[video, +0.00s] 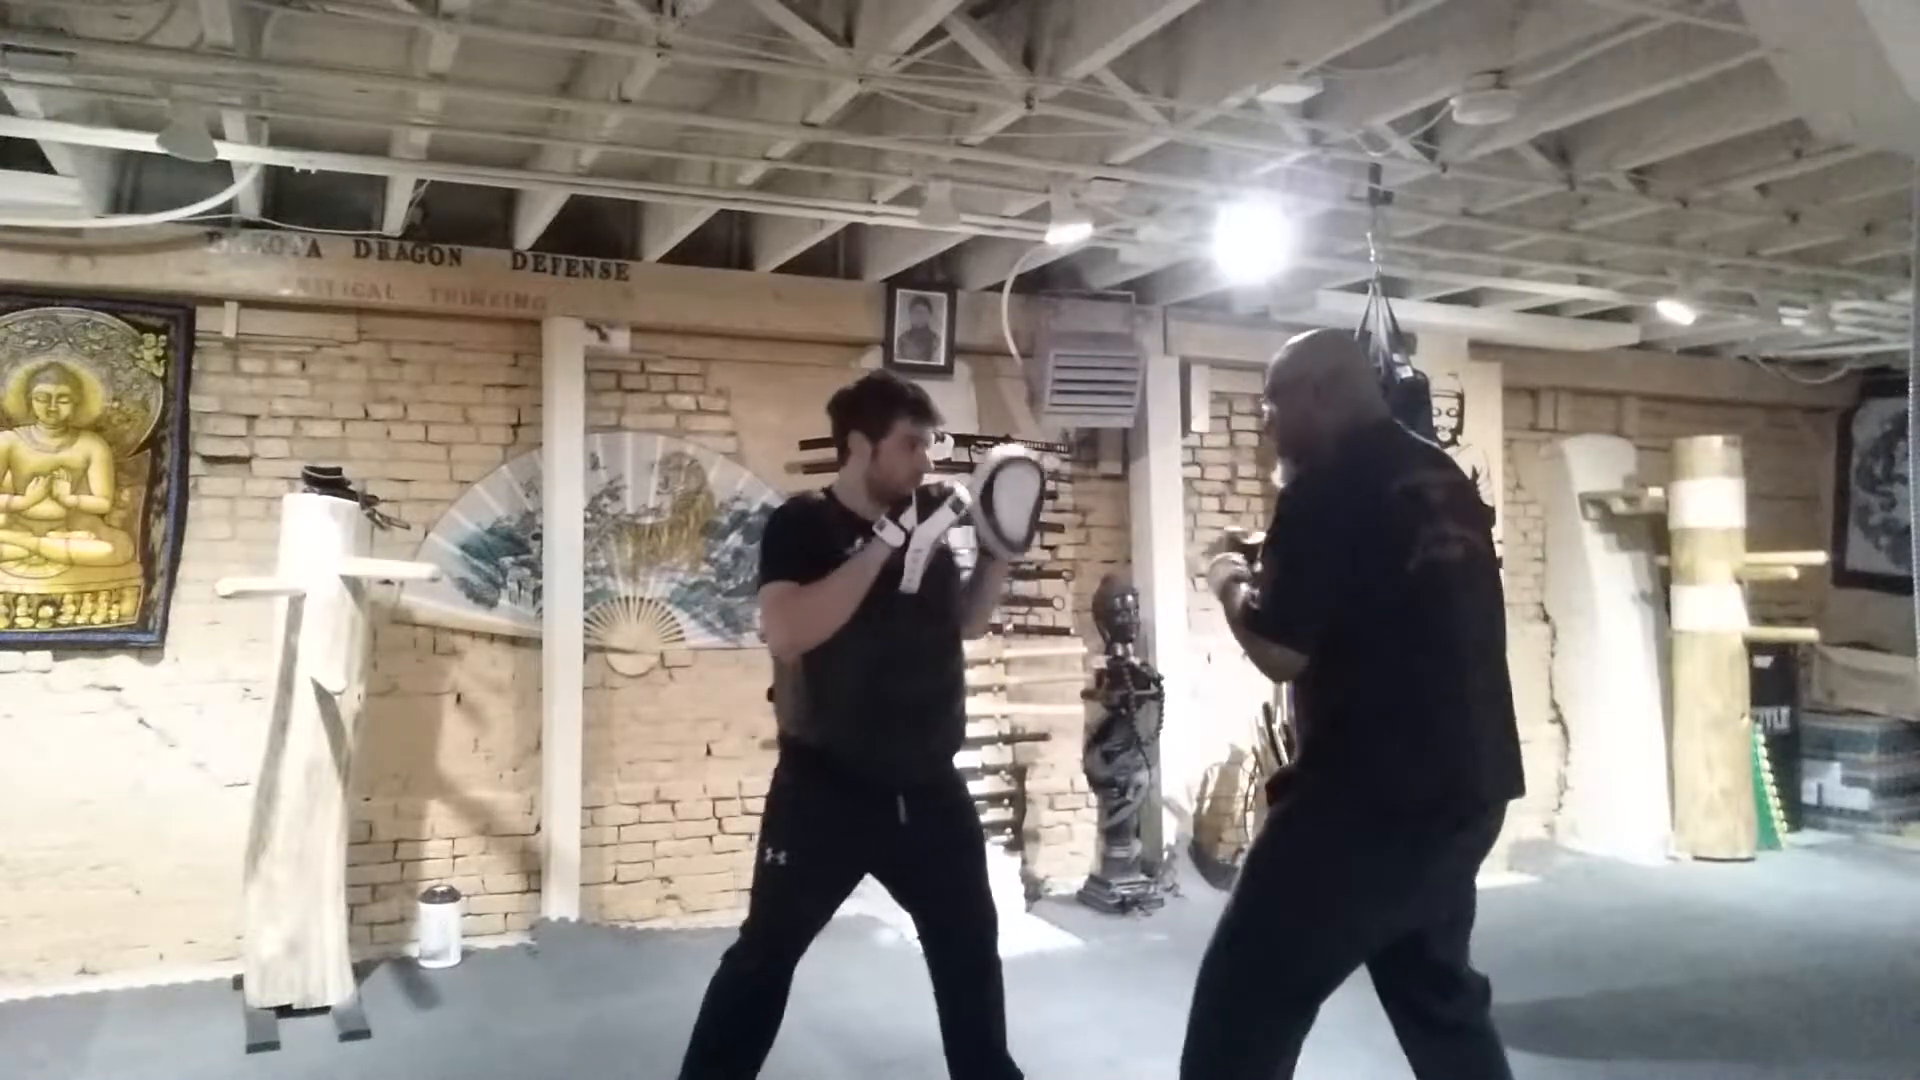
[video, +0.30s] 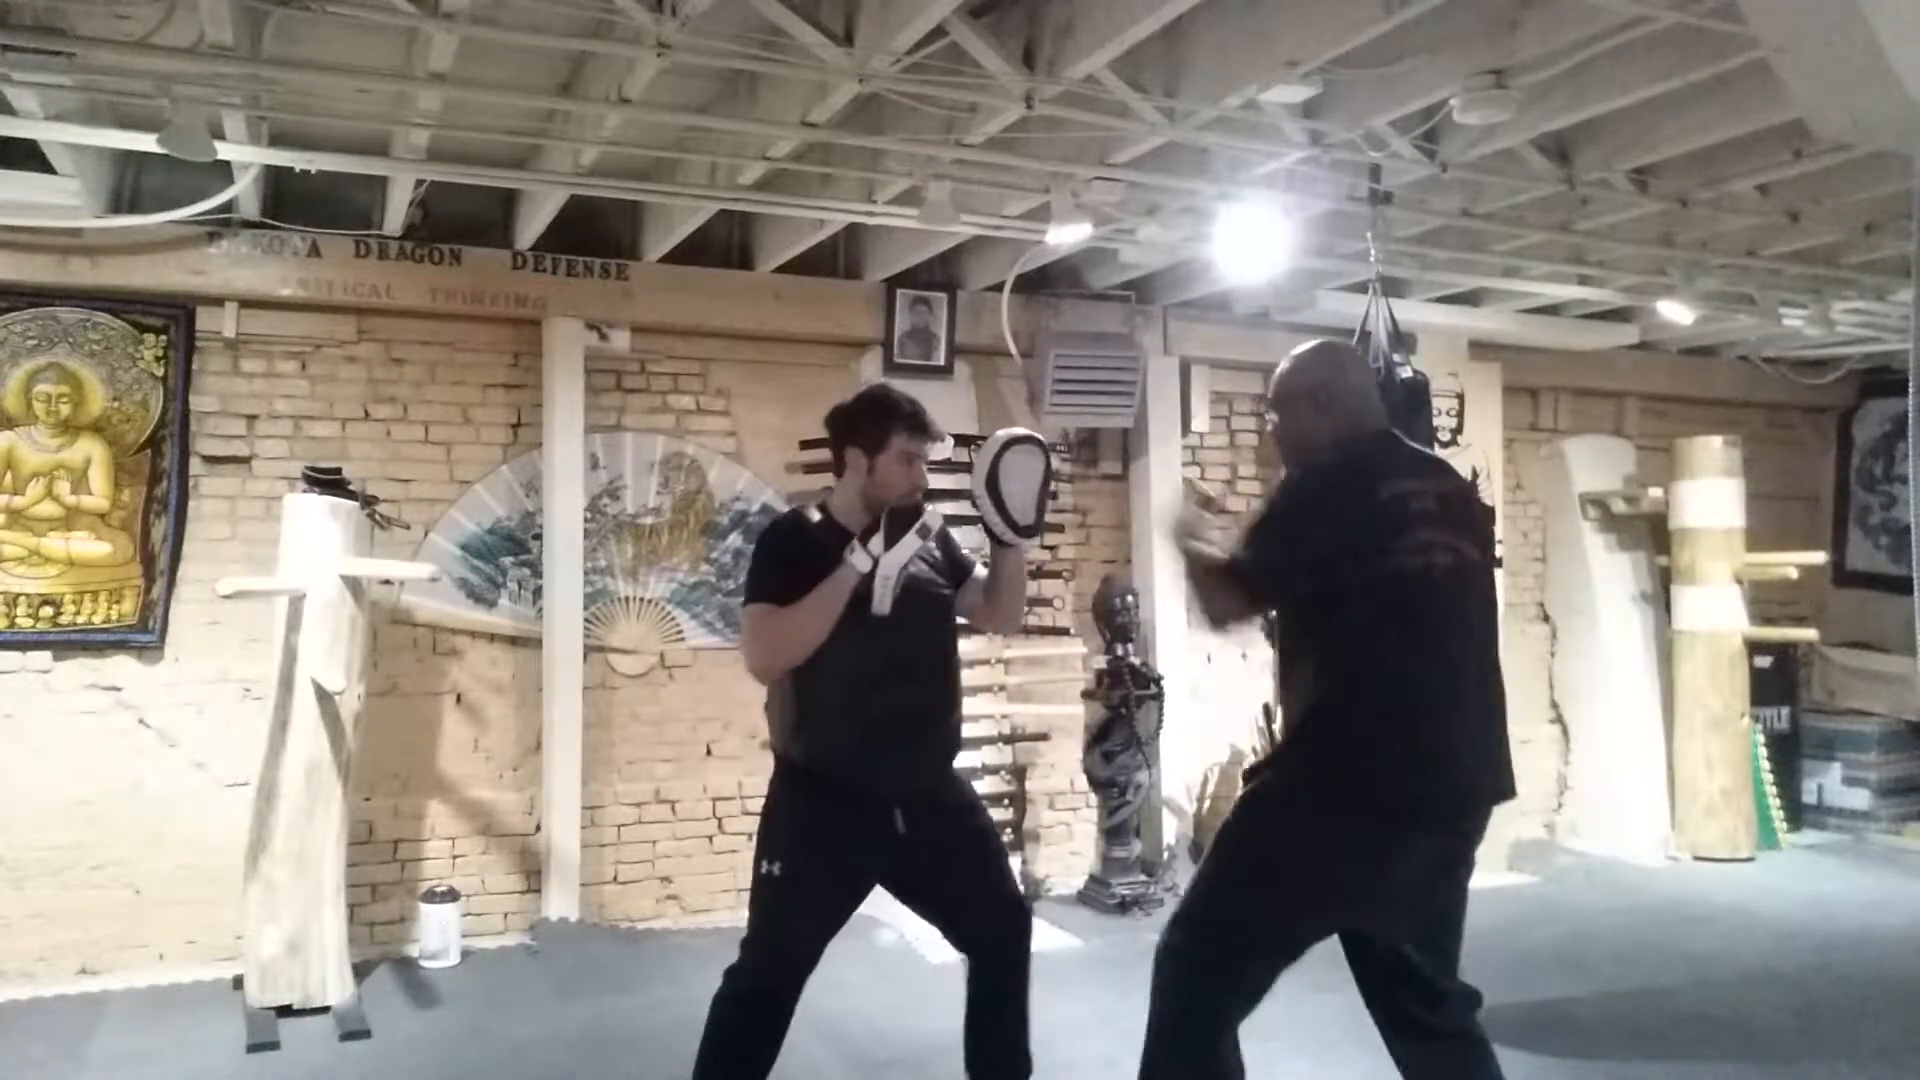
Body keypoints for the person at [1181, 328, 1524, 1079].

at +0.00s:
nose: (1268, 428)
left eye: (1275, 404)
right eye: (1267, 407)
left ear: (1326, 396)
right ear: (1359, 394)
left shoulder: (1327, 488)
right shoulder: (1443, 476)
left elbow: (1284, 656)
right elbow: (1397, 624)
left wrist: (1234, 593)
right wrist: (1281, 581)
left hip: (1364, 793)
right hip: (1466, 782)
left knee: (1238, 1017)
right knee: (1441, 1006)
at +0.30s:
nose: (1273, 432)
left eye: (1281, 412)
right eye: (1271, 415)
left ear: (1324, 408)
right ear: (1370, 406)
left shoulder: (1324, 487)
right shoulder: (1454, 491)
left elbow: (1225, 600)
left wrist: (1191, 543)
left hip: (1341, 784)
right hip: (1455, 785)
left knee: (1195, 973)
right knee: (1426, 1007)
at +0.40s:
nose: (1264, 421)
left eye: (1273, 404)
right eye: (1265, 404)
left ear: (1306, 407)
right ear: (1363, 402)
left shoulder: (1273, 489)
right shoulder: (1449, 486)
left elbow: (1121, 536)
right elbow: (1487, 632)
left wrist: (1051, 483)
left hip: (1326, 795)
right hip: (1451, 789)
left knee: (1206, 1004)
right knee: (1422, 998)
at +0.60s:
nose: (1218, 436)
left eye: (1228, 416)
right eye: (1218, 418)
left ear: (1270, 415)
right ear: (1317, 409)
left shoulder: (1266, 502)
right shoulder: (1392, 490)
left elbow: (1152, 622)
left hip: (1294, 816)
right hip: (1402, 807)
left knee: (1171, 988)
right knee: (1382, 1003)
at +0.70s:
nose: (1184, 434)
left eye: (1197, 415)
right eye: (1184, 417)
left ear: (1248, 412)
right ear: (1261, 413)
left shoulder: (1275, 512)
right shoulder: (1329, 494)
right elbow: (1284, 585)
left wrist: (1145, 647)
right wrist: (1200, 521)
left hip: (1292, 823)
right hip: (1368, 813)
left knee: (1159, 984)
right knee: (1376, 1019)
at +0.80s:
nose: (1157, 444)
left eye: (1169, 423)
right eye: (1157, 425)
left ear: (1221, 418)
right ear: (1223, 419)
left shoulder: (1303, 508)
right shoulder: (1226, 513)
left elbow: (1302, 682)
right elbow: (1142, 550)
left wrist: (1168, 659)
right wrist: (1060, 487)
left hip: (1289, 819)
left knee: (1154, 986)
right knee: (1368, 1014)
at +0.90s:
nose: (1141, 450)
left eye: (1147, 429)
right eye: (1139, 432)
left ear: (1198, 418)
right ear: (1202, 420)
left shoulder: (1298, 504)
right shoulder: (1208, 512)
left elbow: (1302, 678)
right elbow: (1131, 580)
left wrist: (1166, 636)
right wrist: (1057, 533)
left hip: (1278, 815)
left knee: (1142, 985)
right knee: (1335, 984)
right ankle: (1415, 1075)